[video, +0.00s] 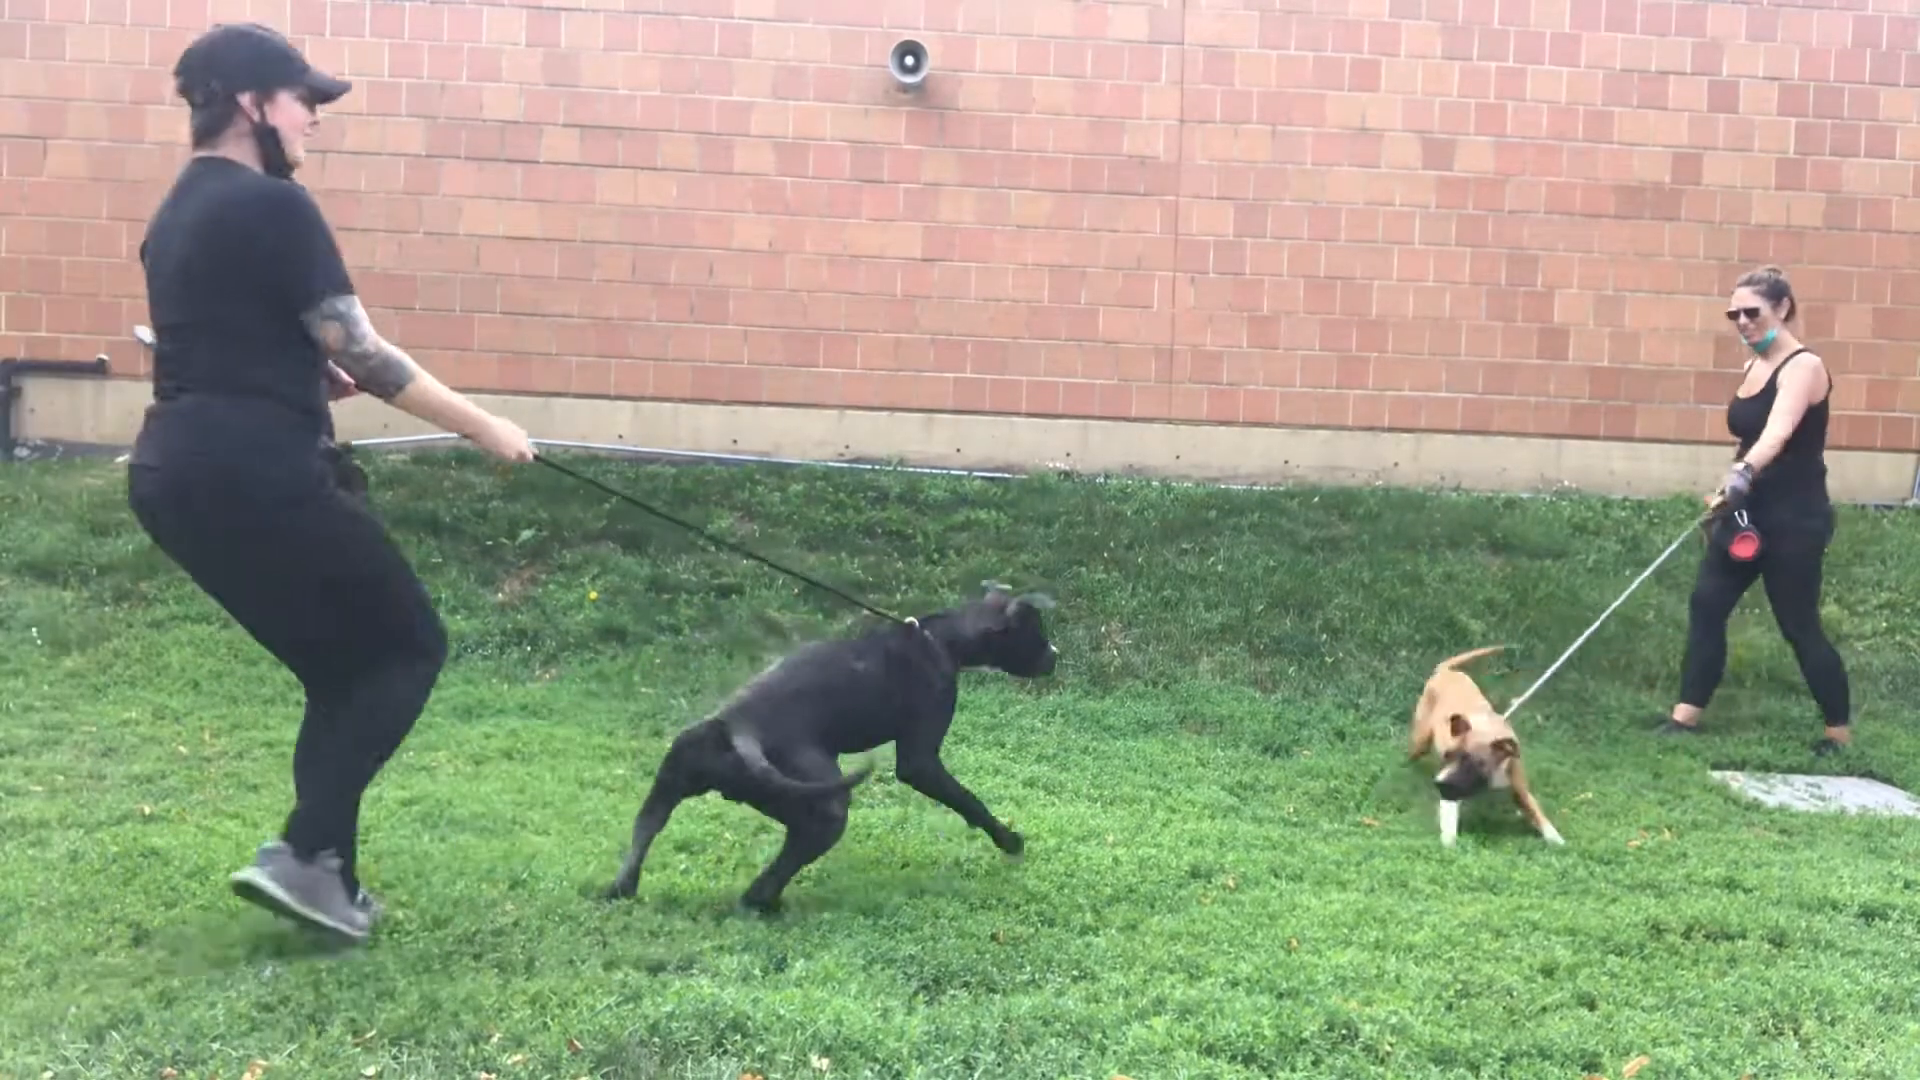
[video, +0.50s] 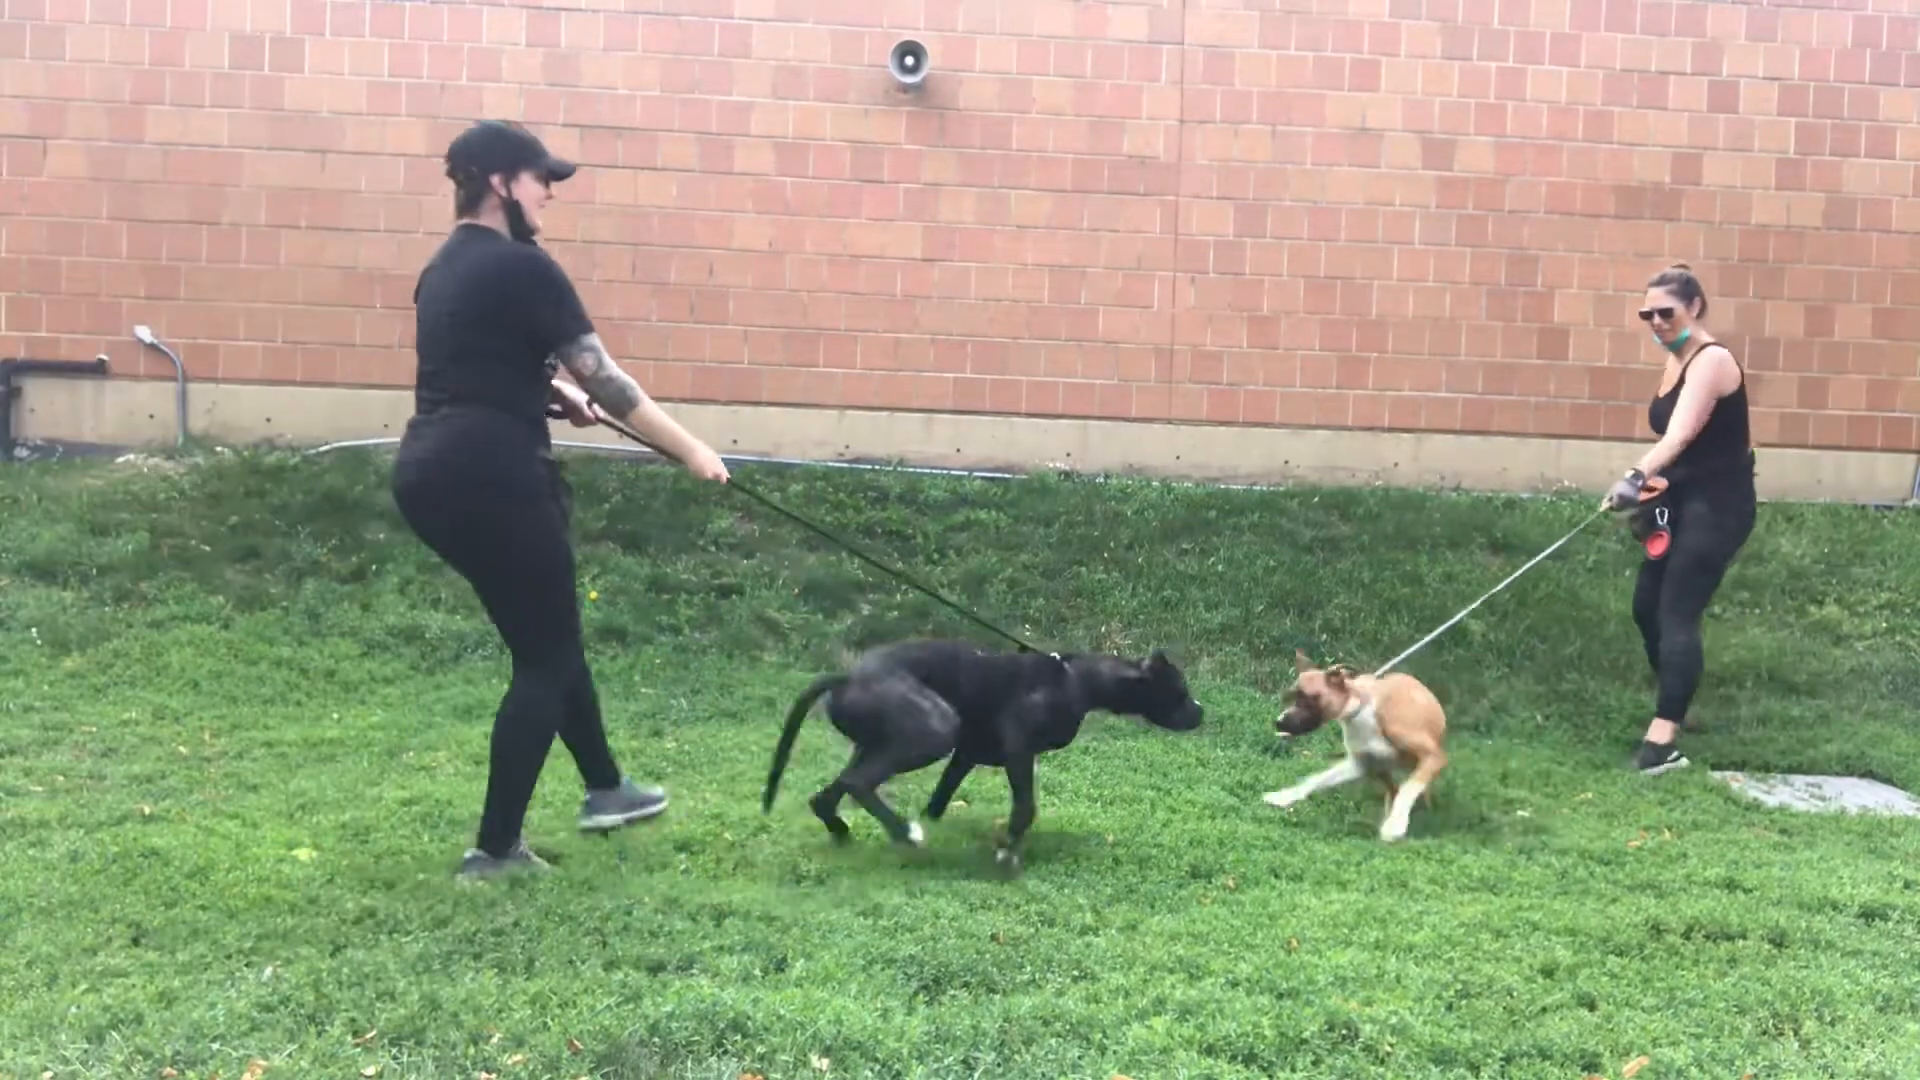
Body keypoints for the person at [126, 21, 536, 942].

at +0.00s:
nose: (311, 118)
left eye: (309, 101)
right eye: (299, 100)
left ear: (227, 110)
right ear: (249, 105)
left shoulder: (178, 210)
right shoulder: (272, 205)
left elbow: (181, 357)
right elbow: (363, 353)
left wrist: (314, 371)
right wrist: (481, 424)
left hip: (168, 468)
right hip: (257, 470)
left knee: (336, 666)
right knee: (412, 643)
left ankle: (331, 880)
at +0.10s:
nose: (365, 135)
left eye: (366, 119)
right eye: (356, 117)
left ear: (283, 122)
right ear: (306, 117)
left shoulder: (229, 222)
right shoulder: (329, 216)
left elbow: (261, 353)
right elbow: (423, 355)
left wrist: (362, 369)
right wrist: (527, 424)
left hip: (226, 468)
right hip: (326, 465)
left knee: (351, 670)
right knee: (445, 638)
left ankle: (333, 897)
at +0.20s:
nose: (416, 165)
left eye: (416, 149)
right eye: (406, 147)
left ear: (334, 154)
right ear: (355, 149)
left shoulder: (284, 249)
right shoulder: (391, 245)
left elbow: (326, 369)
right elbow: (469, 374)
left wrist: (424, 389)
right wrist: (567, 440)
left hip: (288, 478)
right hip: (388, 482)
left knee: (385, 674)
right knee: (463, 669)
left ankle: (338, 878)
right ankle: (504, 850)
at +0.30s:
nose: (460, 192)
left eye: (461, 176)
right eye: (452, 174)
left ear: (385, 180)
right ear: (407, 177)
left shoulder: (332, 270)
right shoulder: (438, 267)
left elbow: (372, 386)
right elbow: (519, 392)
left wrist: (471, 411)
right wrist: (609, 460)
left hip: (334, 486)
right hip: (427, 485)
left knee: (449, 649)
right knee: (516, 655)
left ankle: (389, 803)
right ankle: (498, 850)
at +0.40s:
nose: (503, 191)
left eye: (502, 176)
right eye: (494, 175)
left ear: (435, 182)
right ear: (451, 178)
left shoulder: (392, 264)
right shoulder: (477, 263)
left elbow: (423, 370)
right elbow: (570, 379)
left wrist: (510, 394)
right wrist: (664, 443)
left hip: (375, 486)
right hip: (455, 488)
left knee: (503, 633)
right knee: (532, 650)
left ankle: (478, 805)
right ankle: (498, 848)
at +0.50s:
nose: (549, 195)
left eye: (549, 181)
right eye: (541, 180)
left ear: (479, 186)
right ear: (500, 184)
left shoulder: (442, 267)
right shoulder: (523, 267)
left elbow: (470, 367)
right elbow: (605, 383)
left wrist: (549, 393)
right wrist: (691, 450)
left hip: (427, 468)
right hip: (498, 470)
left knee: (552, 629)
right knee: (544, 655)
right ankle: (497, 848)